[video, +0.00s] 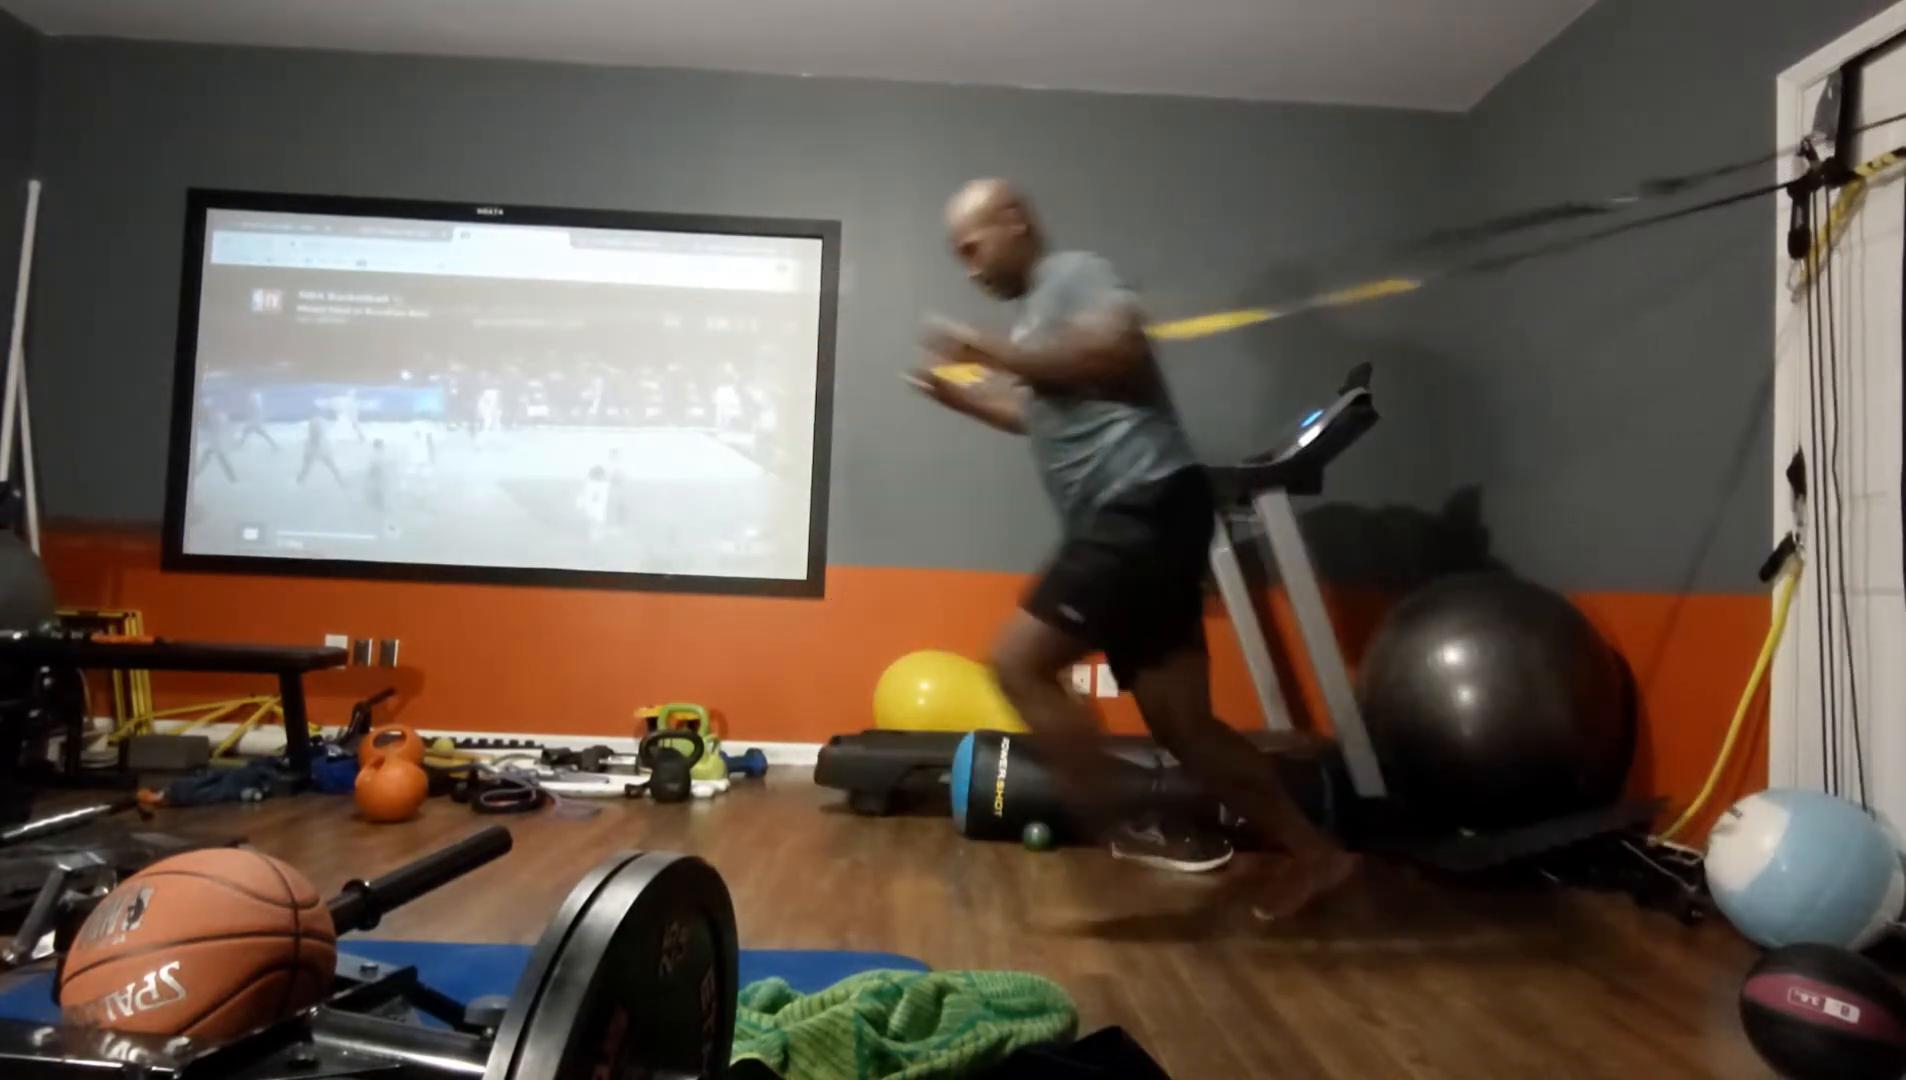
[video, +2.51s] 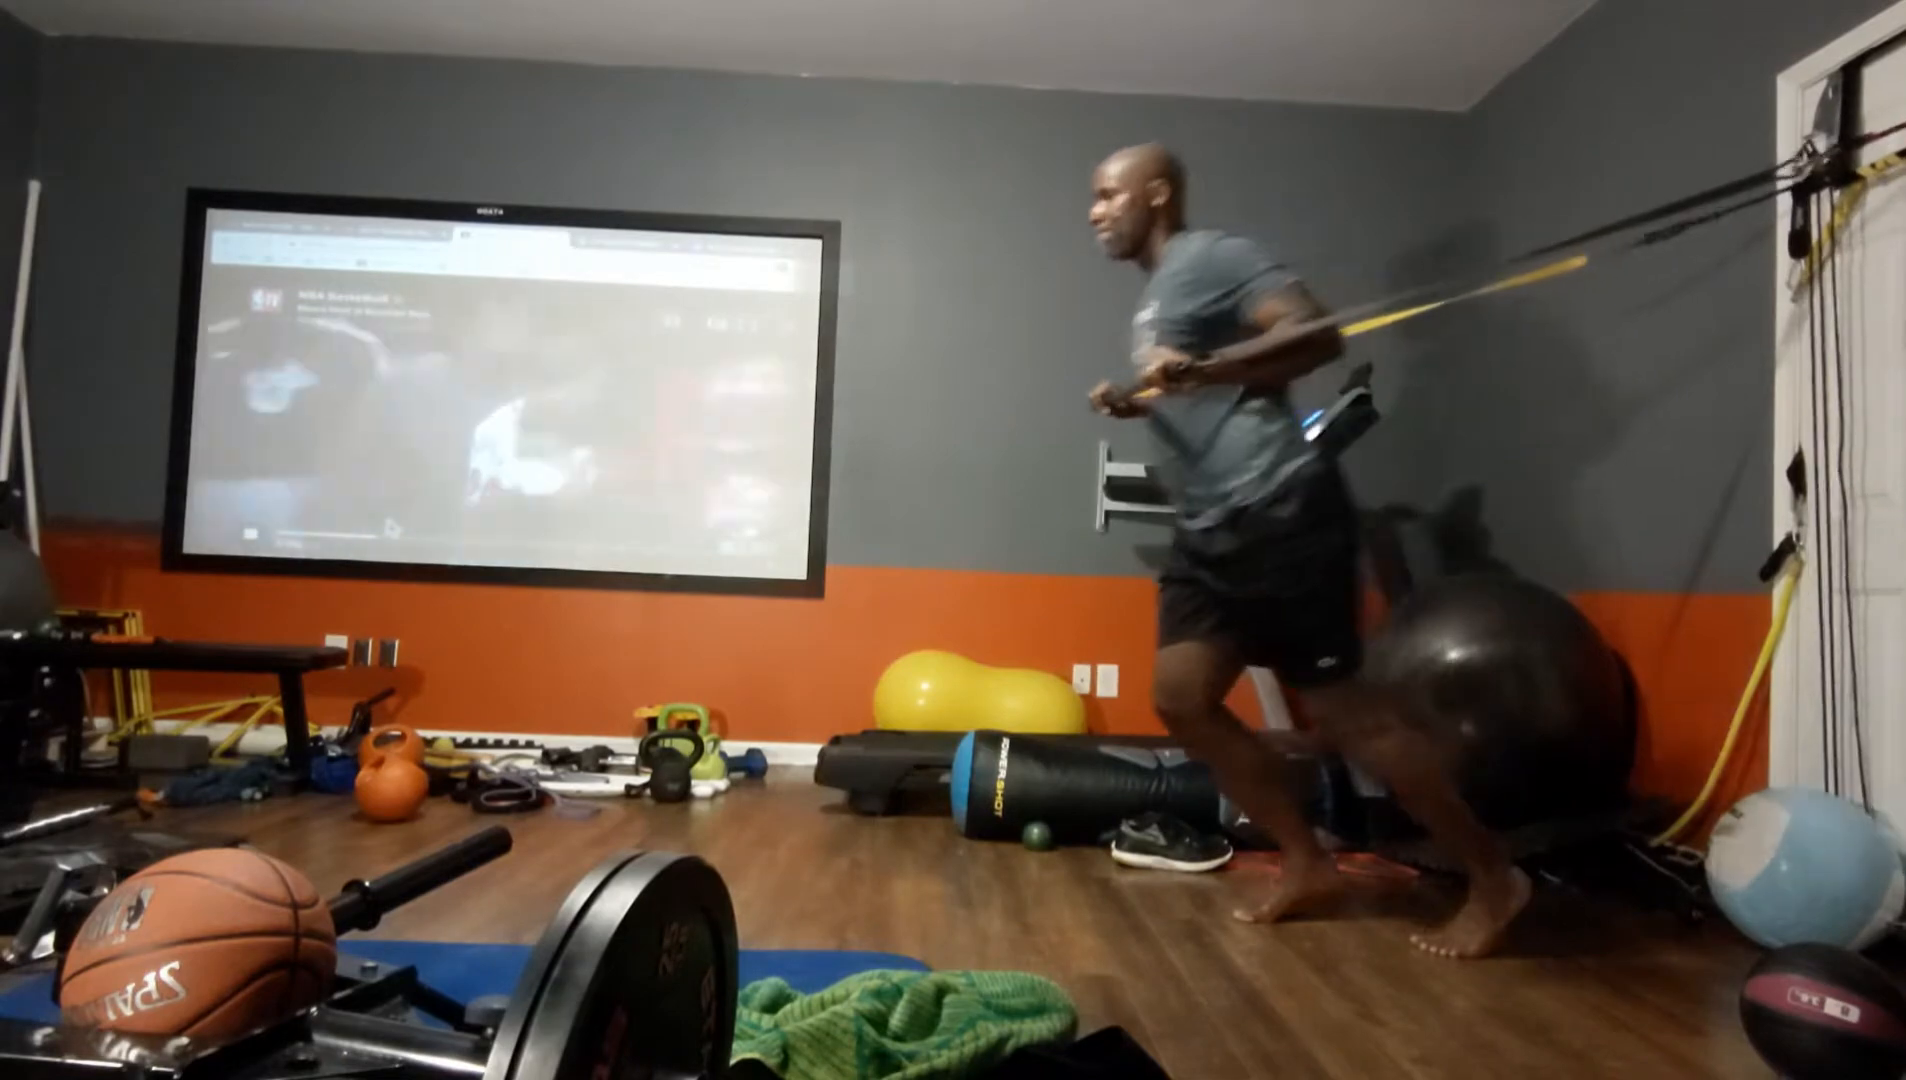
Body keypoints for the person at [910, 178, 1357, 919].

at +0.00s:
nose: (968, 262)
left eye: (974, 241)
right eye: (959, 250)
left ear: (1020, 223)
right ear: (969, 255)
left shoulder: (1076, 274)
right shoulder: (1027, 319)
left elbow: (1121, 361)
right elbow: (1040, 416)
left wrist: (1001, 356)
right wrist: (959, 396)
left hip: (1149, 504)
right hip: (1120, 514)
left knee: (1019, 665)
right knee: (1182, 725)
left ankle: (1125, 829)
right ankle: (1314, 854)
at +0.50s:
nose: (694, 390)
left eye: (694, 374)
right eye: (682, 383)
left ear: (732, 344)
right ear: (736, 367)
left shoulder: (802, 353)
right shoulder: (800, 414)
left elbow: (655, 338)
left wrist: (524, 288)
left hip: (980, 534)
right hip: (996, 544)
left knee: (822, 686)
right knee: (1091, 748)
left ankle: (888, 899)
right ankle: (1246, 843)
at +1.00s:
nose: (814, 277)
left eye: (824, 261)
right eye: (812, 269)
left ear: (874, 256)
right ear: (850, 280)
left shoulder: (926, 308)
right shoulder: (885, 364)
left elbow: (805, 309)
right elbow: (790, 374)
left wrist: (674, 276)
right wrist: (693, 340)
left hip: (1033, 521)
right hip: (1051, 530)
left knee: (869, 667)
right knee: (1120, 740)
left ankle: (890, 896)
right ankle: (1266, 845)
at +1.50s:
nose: (1060, 207)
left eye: (1074, 190)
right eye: (1061, 194)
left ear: (1123, 193)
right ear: (1115, 198)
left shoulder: (1165, 250)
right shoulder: (1123, 291)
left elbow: (1254, 329)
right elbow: (1150, 409)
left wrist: (1140, 346)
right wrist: (1070, 401)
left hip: (1212, 482)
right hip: (1219, 485)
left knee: (1123, 674)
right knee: (1213, 694)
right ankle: (1304, 859)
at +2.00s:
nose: (1159, 196)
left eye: (1174, 179)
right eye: (1160, 183)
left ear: (1227, 184)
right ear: (1211, 190)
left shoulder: (1283, 248)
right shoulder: (1218, 293)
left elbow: (1376, 334)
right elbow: (1253, 398)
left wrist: (1268, 366)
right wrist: (1171, 410)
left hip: (1352, 497)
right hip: (1280, 511)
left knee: (1384, 694)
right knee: (1248, 685)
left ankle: (1499, 885)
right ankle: (1316, 878)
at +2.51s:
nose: (1094, 212)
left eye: (1106, 195)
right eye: (1093, 199)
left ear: (1156, 197)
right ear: (1139, 206)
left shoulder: (1215, 256)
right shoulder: (1154, 296)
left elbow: (1316, 335)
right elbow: (1202, 392)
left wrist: (1203, 370)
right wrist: (1133, 400)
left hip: (1287, 514)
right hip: (1212, 531)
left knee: (1339, 711)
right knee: (1183, 698)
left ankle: (1495, 879)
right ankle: (1310, 868)